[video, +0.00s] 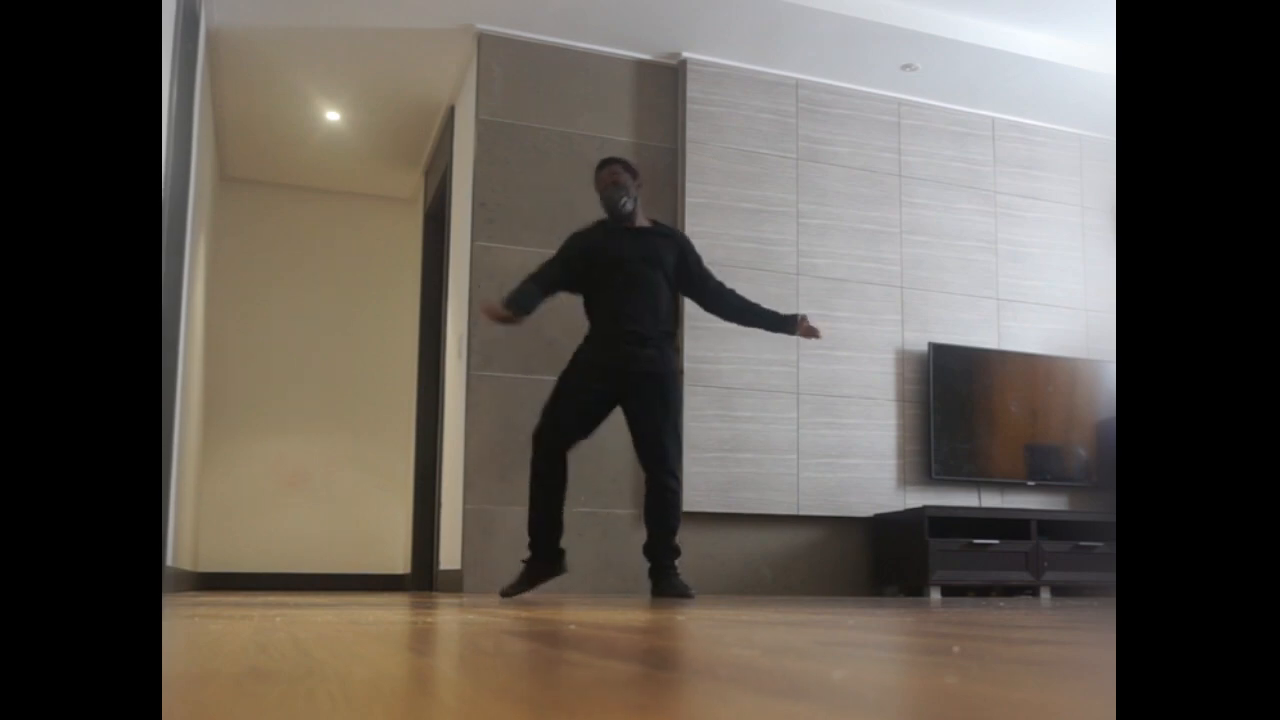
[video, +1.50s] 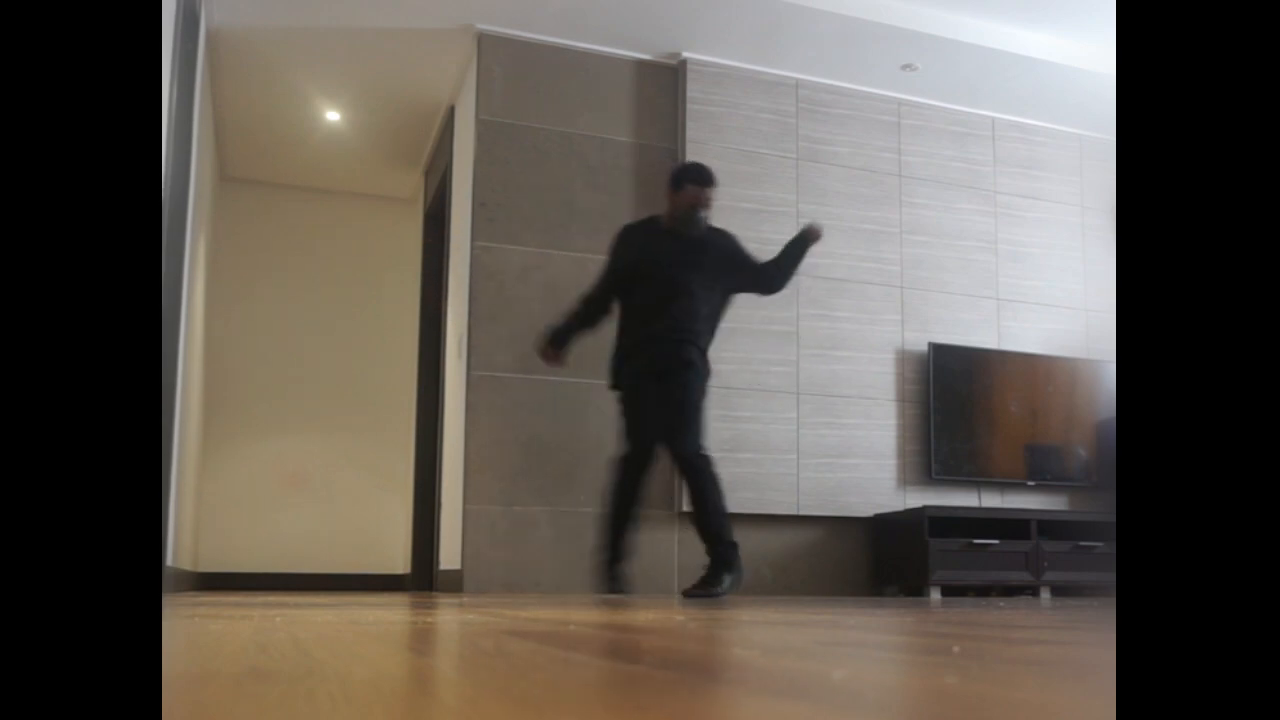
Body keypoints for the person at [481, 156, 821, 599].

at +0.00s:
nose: (614, 191)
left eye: (620, 184)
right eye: (606, 187)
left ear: (637, 188)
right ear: (598, 197)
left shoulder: (669, 243)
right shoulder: (586, 243)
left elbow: (717, 297)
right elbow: (545, 280)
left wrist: (786, 323)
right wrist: (515, 306)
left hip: (654, 368)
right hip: (598, 363)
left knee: (663, 468)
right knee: (548, 442)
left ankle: (664, 571)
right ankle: (544, 555)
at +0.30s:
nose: (602, 208)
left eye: (609, 199)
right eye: (596, 200)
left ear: (633, 196)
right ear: (591, 202)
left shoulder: (670, 246)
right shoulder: (587, 236)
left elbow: (707, 315)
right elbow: (553, 283)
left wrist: (764, 352)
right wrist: (498, 297)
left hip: (659, 375)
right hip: (604, 373)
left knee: (670, 470)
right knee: (570, 463)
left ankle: (665, 573)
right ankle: (560, 572)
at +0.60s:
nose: (610, 193)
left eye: (618, 185)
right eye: (605, 186)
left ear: (643, 187)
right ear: (601, 193)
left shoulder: (675, 240)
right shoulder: (586, 240)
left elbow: (702, 310)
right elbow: (523, 261)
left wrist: (738, 359)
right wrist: (458, 265)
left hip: (660, 374)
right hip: (603, 373)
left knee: (667, 473)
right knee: (582, 464)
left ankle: (665, 572)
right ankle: (561, 570)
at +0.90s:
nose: (609, 203)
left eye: (618, 196)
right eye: (603, 194)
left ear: (639, 200)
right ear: (594, 197)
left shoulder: (660, 238)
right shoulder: (578, 232)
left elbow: (692, 303)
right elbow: (533, 267)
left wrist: (732, 355)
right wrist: (471, 284)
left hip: (654, 376)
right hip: (597, 376)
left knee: (668, 462)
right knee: (573, 467)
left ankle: (686, 564)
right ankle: (554, 573)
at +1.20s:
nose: (647, 196)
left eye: (651, 189)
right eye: (639, 188)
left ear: (653, 191)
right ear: (612, 184)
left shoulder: (666, 235)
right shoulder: (575, 233)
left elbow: (718, 273)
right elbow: (546, 287)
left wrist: (772, 304)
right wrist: (510, 309)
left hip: (650, 368)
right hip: (590, 368)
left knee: (672, 451)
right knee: (566, 465)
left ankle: (690, 557)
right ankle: (554, 573)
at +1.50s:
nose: (700, 205)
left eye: (706, 198)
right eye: (692, 196)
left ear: (711, 201)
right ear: (672, 195)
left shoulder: (718, 247)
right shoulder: (637, 238)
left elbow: (767, 281)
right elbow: (603, 295)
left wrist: (801, 242)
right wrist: (562, 335)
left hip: (685, 369)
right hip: (636, 368)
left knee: (689, 456)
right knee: (636, 459)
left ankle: (725, 563)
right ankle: (613, 565)